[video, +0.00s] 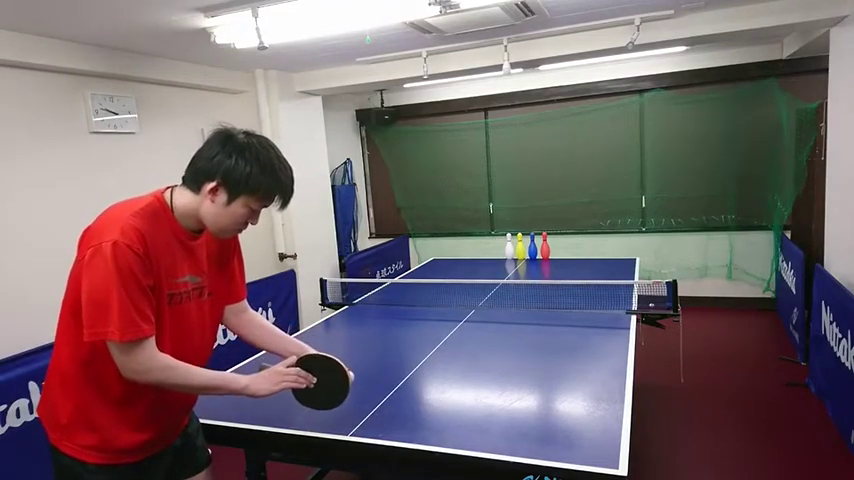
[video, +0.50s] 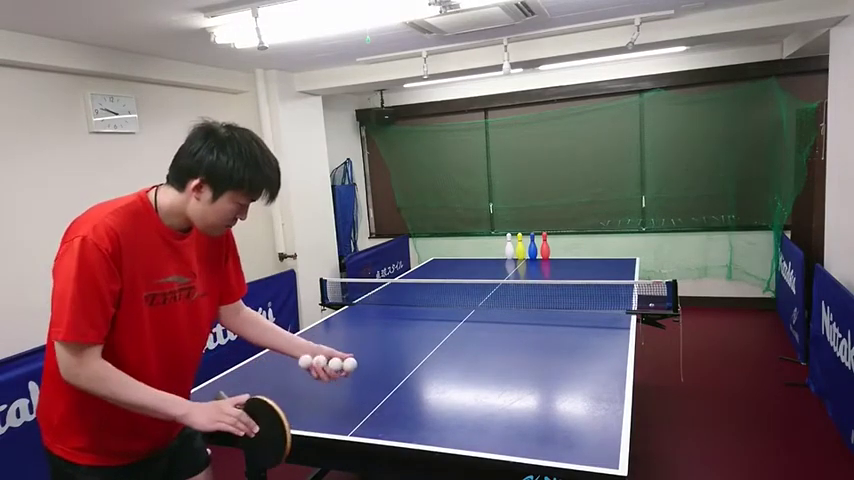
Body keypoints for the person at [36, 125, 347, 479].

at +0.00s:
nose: (254, 222)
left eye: (259, 212)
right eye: (251, 209)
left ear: (214, 192)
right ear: (214, 191)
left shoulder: (217, 231)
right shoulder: (120, 241)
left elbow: (237, 313)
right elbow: (137, 362)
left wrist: (306, 354)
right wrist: (245, 383)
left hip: (169, 422)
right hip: (99, 444)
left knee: (197, 471)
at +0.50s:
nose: (242, 217)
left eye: (247, 206)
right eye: (239, 204)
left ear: (200, 191)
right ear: (198, 188)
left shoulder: (212, 230)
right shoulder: (96, 239)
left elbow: (234, 312)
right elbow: (77, 364)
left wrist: (306, 350)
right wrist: (187, 409)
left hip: (169, 436)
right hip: (94, 455)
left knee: (199, 470)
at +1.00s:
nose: (254, 223)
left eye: (259, 213)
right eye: (251, 212)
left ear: (211, 196)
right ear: (211, 194)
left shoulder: (223, 235)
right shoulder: (112, 239)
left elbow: (244, 309)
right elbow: (71, 361)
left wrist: (310, 347)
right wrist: (185, 394)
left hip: (174, 431)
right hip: (96, 447)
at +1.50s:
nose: (301, 210)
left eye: (305, 201)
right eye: (303, 200)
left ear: (245, 178)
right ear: (284, 199)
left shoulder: (209, 207)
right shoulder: (234, 259)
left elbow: (232, 303)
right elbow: (276, 328)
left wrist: (278, 278)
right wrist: (328, 319)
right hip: (139, 424)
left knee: (199, 469)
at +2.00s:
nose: (271, 183)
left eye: (273, 173)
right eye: (272, 173)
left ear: (211, 163)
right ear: (253, 173)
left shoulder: (183, 203)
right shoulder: (206, 229)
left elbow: (199, 291)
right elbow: (238, 331)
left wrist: (257, 285)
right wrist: (300, 335)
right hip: (137, 434)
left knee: (204, 469)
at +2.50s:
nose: (154, 162)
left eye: (155, 151)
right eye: (152, 150)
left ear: (83, 149)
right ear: (128, 153)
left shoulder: (71, 206)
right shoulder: (79, 223)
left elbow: (70, 305)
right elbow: (84, 359)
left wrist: (141, 320)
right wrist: (185, 380)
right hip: (74, 453)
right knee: (151, 472)